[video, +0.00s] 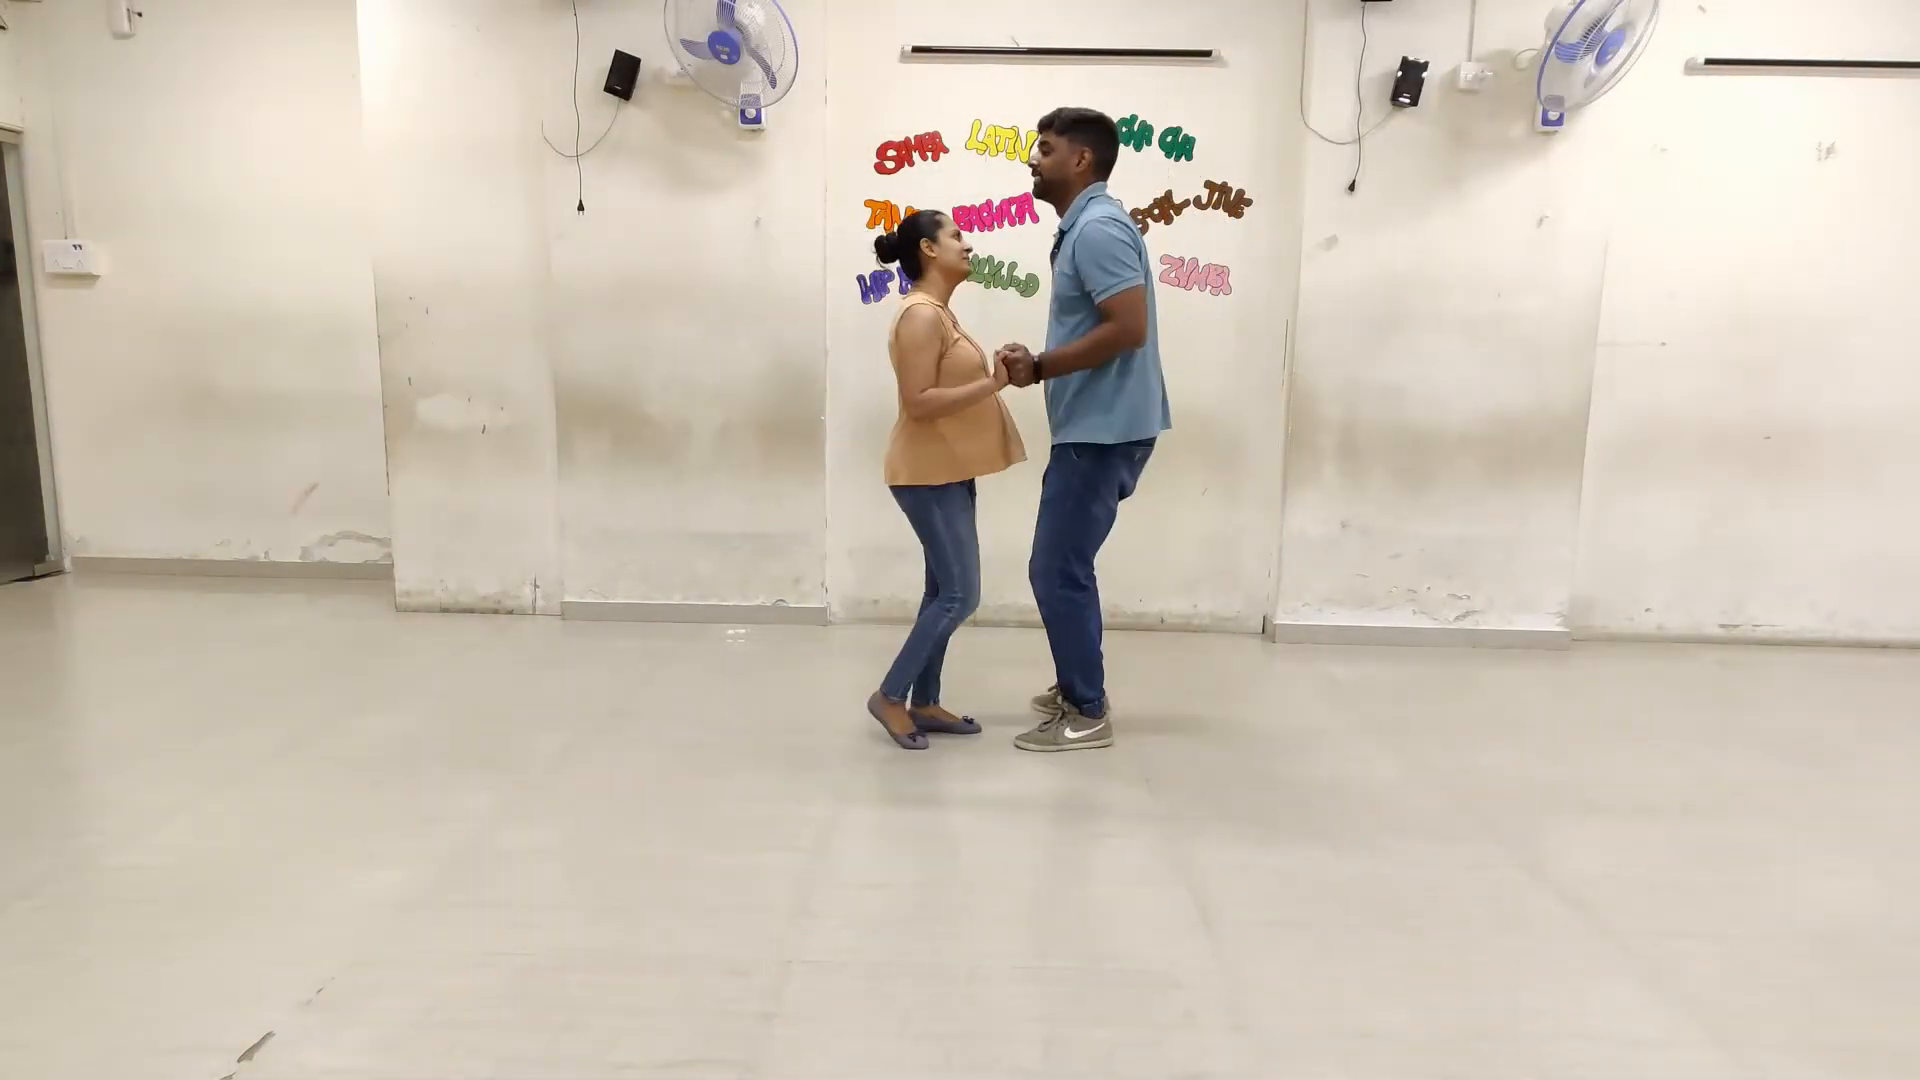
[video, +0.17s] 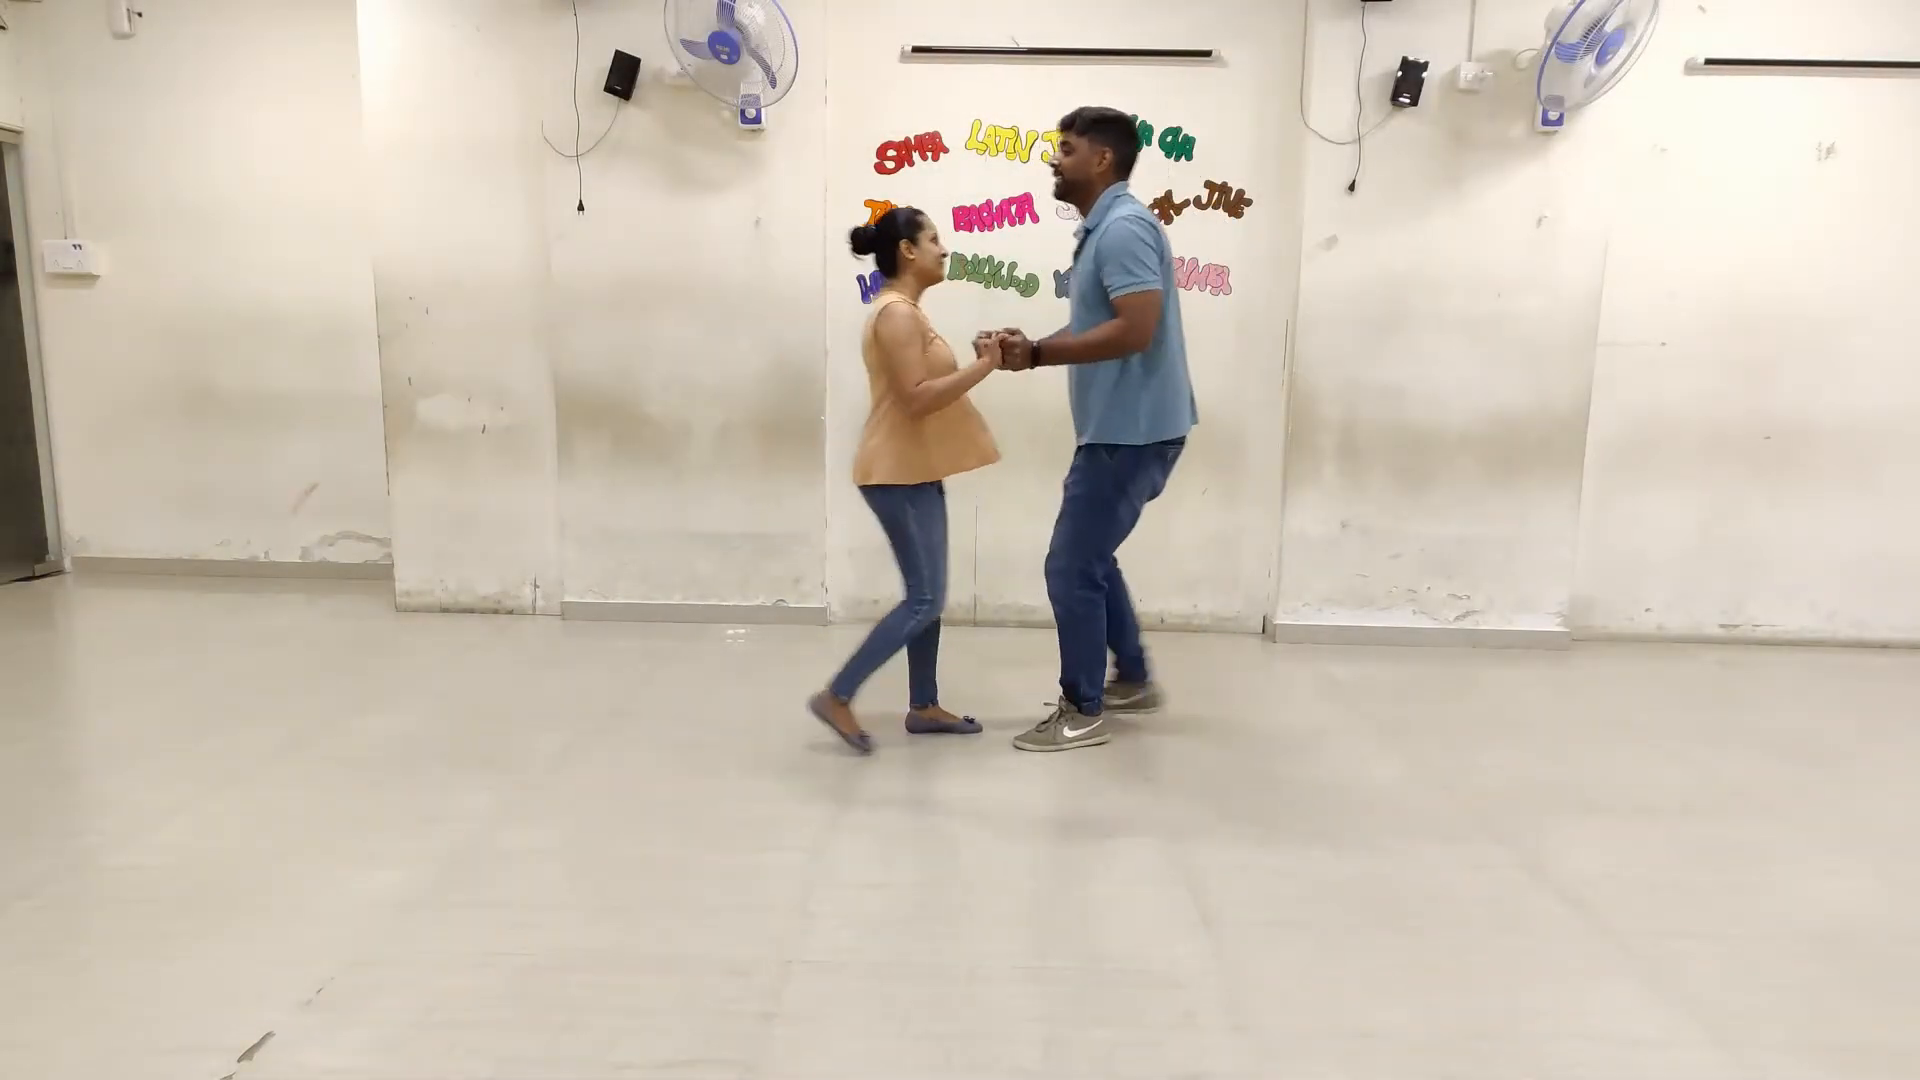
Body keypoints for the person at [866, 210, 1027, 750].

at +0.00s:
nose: (967, 244)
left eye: (963, 235)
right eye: (956, 237)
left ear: (932, 251)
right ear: (929, 250)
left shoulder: (939, 311)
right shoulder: (919, 315)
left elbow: (944, 390)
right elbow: (917, 403)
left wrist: (994, 370)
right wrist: (990, 382)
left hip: (949, 472)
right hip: (926, 476)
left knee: (943, 591)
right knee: (960, 594)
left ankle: (925, 702)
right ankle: (889, 698)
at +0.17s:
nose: (944, 250)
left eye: (940, 241)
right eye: (934, 242)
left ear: (905, 252)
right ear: (907, 252)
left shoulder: (906, 310)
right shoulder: (896, 314)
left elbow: (920, 391)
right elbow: (917, 398)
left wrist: (975, 359)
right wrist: (984, 364)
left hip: (918, 472)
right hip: (896, 474)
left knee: (931, 597)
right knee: (923, 599)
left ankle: (924, 706)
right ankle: (836, 697)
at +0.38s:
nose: (872, 271)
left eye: (869, 261)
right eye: (865, 262)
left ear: (830, 269)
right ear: (838, 268)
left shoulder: (808, 323)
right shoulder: (832, 329)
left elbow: (873, 396)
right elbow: (898, 403)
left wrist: (927, 395)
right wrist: (984, 400)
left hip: (826, 487)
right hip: (822, 490)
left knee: (877, 589)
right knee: (829, 618)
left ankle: (915, 705)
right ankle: (765, 738)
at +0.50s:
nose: (845, 270)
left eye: (843, 261)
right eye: (839, 262)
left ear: (802, 267)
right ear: (812, 268)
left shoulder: (772, 323)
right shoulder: (821, 326)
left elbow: (800, 398)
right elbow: (904, 374)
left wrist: (862, 416)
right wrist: (984, 353)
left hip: (780, 480)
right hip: (803, 486)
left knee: (852, 580)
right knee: (811, 614)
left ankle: (868, 706)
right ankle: (763, 741)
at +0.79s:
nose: (839, 260)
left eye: (836, 252)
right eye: (834, 253)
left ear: (787, 265)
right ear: (817, 262)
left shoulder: (750, 317)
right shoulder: (835, 313)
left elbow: (699, 382)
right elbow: (923, 343)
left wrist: (746, 414)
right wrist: (1002, 319)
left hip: (749, 471)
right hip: (809, 473)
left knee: (780, 589)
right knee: (819, 597)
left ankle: (781, 706)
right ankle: (781, 715)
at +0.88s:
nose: (859, 257)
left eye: (856, 248)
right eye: (854, 250)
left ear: (809, 262)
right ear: (835, 260)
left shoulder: (773, 313)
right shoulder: (855, 312)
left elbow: (723, 376)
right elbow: (940, 345)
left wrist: (774, 401)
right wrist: (1018, 318)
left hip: (772, 469)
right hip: (832, 472)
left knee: (787, 588)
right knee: (864, 583)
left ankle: (779, 709)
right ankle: (827, 693)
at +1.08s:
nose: (934, 270)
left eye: (930, 263)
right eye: (925, 265)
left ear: (892, 278)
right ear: (901, 278)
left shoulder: (860, 325)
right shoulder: (915, 328)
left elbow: (837, 398)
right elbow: (984, 379)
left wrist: (902, 399)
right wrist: (1042, 322)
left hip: (843, 479)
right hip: (895, 484)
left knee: (835, 588)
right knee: (949, 581)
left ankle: (785, 699)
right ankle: (956, 696)